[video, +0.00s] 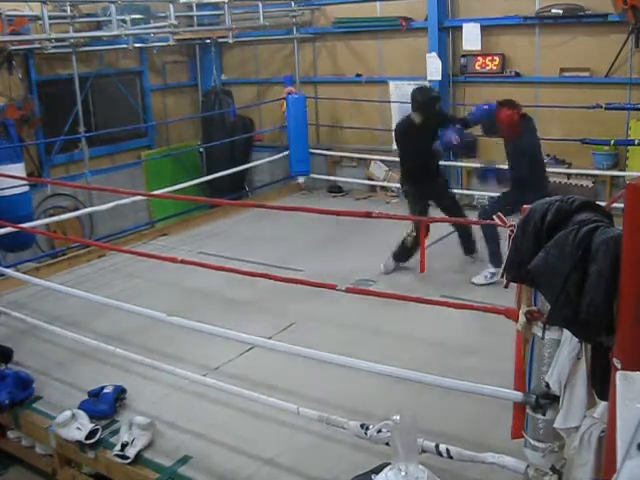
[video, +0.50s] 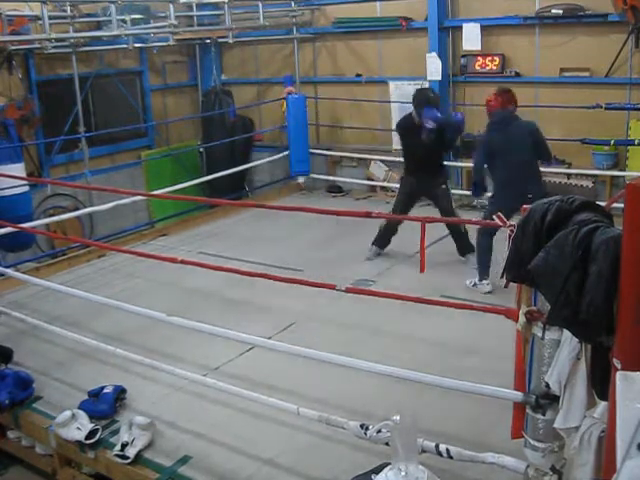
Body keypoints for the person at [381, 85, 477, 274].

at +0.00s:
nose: (436, 108)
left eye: (436, 104)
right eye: (432, 105)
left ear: (434, 104)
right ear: (419, 106)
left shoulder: (436, 118)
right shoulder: (404, 128)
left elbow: (458, 124)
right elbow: (412, 162)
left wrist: (474, 118)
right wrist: (438, 151)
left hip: (434, 178)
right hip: (413, 182)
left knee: (458, 216)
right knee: (421, 227)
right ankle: (395, 259)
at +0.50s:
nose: (431, 115)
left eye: (433, 111)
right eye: (427, 111)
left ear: (437, 109)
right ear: (417, 109)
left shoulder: (440, 124)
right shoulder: (405, 125)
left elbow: (447, 147)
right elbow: (414, 153)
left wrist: (453, 128)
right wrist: (426, 131)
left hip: (436, 179)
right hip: (413, 178)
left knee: (449, 215)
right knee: (397, 215)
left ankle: (467, 251)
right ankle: (377, 245)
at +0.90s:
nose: (425, 111)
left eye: (429, 107)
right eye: (423, 106)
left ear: (434, 106)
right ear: (417, 103)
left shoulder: (436, 117)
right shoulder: (406, 115)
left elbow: (451, 123)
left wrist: (451, 108)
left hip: (433, 169)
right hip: (411, 168)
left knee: (446, 210)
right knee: (405, 208)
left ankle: (465, 247)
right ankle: (404, 239)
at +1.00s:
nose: (479, 108)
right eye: (479, 105)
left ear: (458, 106)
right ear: (478, 107)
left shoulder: (447, 128)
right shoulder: (482, 133)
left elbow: (427, 126)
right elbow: (499, 161)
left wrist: (425, 110)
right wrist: (495, 143)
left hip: (454, 196)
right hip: (478, 197)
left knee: (444, 227)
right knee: (495, 245)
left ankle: (419, 266)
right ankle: (495, 295)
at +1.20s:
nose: (403, 109)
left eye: (405, 104)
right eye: (403, 104)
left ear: (416, 104)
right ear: (424, 102)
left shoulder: (420, 129)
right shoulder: (440, 118)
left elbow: (421, 164)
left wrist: (420, 182)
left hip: (440, 183)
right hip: (464, 179)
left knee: (423, 223)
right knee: (473, 225)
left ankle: (416, 267)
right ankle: (487, 271)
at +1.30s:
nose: (390, 113)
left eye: (391, 108)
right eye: (389, 108)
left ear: (400, 107)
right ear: (410, 104)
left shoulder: (410, 128)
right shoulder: (428, 119)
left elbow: (410, 162)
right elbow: (449, 136)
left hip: (436, 183)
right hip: (459, 179)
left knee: (416, 221)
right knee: (469, 224)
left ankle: (418, 267)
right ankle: (495, 264)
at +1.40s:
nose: (383, 109)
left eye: (384, 105)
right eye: (383, 104)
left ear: (392, 106)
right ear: (405, 103)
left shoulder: (395, 131)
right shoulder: (424, 119)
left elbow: (394, 162)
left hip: (422, 185)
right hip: (447, 180)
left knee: (408, 224)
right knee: (463, 222)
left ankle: (419, 268)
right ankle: (489, 261)